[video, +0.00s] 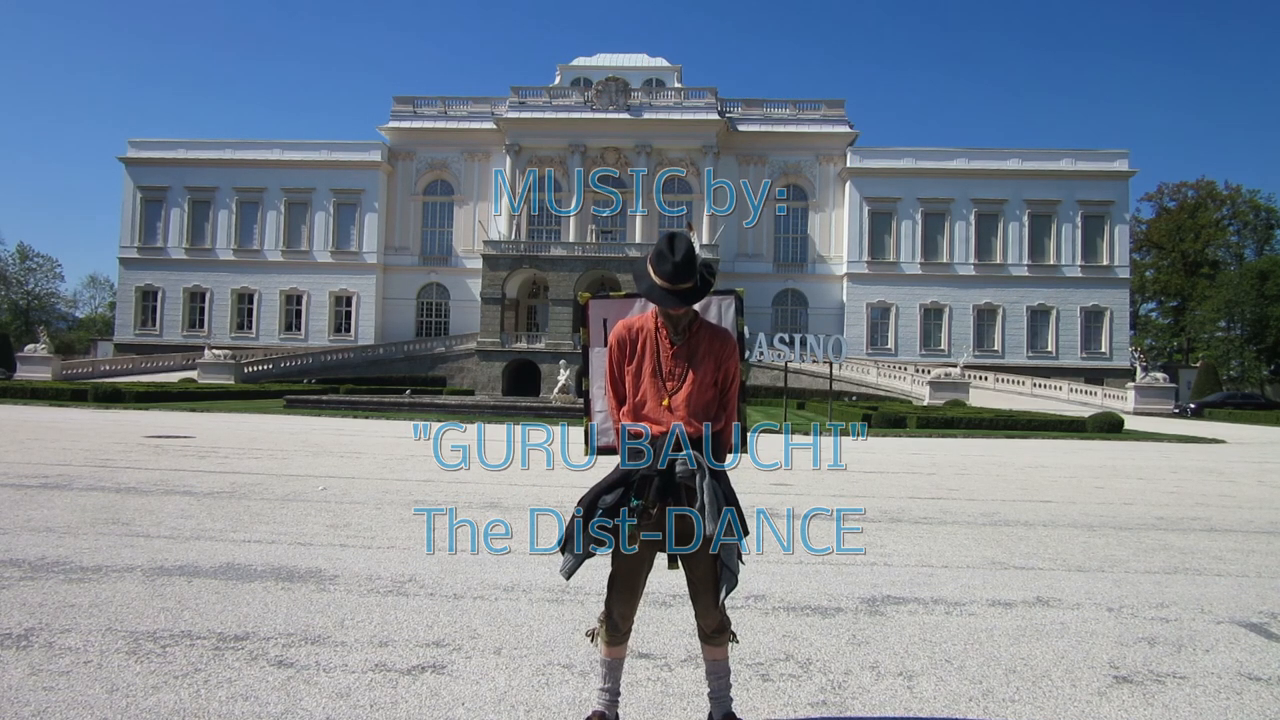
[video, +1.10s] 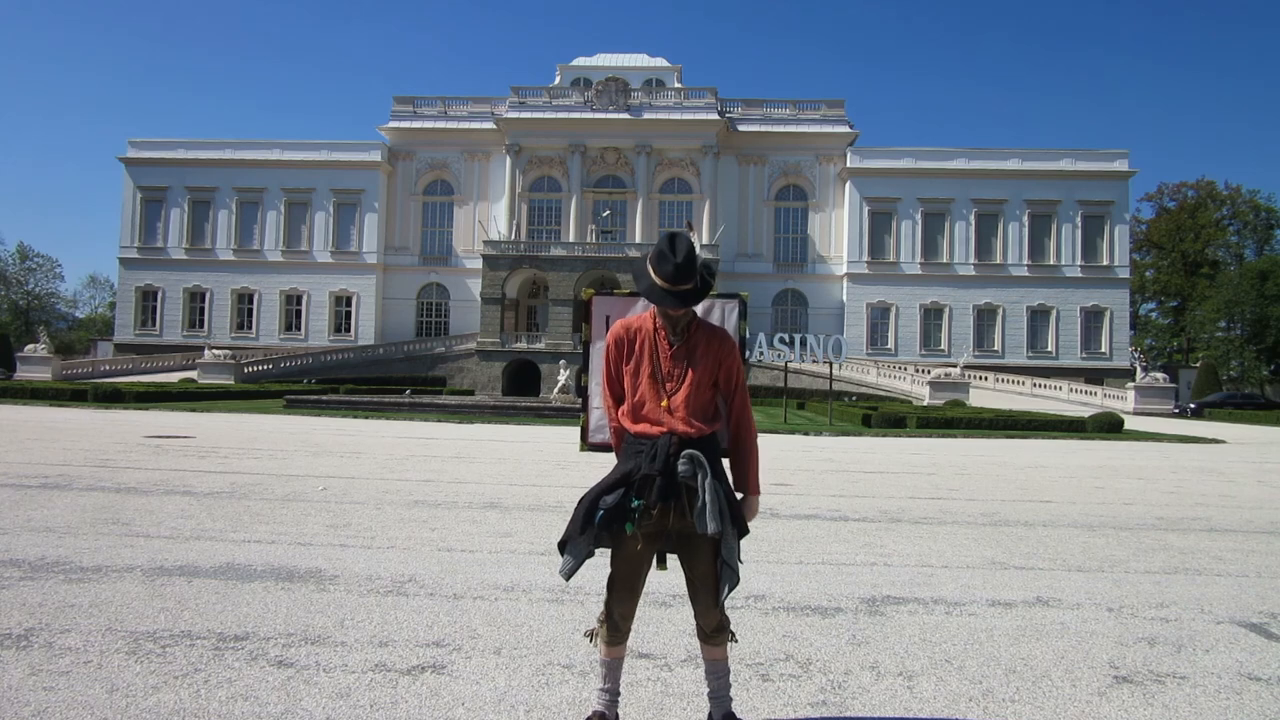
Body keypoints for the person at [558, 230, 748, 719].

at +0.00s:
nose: (676, 308)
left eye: (684, 299)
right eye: (668, 299)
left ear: (698, 293)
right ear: (652, 290)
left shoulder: (722, 343)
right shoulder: (625, 336)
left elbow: (728, 426)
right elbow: (616, 414)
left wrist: (694, 443)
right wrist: (648, 440)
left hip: (698, 490)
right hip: (640, 486)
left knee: (709, 603)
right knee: (621, 600)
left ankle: (721, 704)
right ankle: (607, 700)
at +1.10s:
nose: (678, 308)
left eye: (686, 299)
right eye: (669, 298)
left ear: (698, 292)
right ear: (652, 289)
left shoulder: (720, 344)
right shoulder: (623, 336)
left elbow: (741, 422)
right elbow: (615, 413)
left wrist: (751, 491)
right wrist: (633, 468)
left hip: (700, 486)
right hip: (639, 483)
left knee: (709, 603)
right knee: (621, 599)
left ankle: (721, 706)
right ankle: (607, 700)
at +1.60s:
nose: (676, 322)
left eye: (685, 313)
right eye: (667, 313)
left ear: (701, 298)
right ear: (651, 298)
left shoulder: (716, 327)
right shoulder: (626, 336)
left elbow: (769, 286)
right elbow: (610, 410)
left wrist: (734, 238)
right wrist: (628, 470)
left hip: (699, 480)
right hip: (639, 479)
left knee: (712, 603)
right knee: (621, 600)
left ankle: (721, 707)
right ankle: (606, 704)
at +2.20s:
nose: (672, 317)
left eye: (680, 307)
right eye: (663, 308)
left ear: (690, 297)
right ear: (646, 297)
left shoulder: (704, 325)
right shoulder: (620, 338)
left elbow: (756, 287)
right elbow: (602, 417)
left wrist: (703, 255)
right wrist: (622, 482)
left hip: (699, 477)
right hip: (639, 479)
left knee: (717, 602)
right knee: (626, 607)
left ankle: (722, 706)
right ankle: (608, 702)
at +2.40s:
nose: (668, 306)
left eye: (675, 296)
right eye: (658, 297)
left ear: (686, 294)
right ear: (642, 296)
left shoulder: (699, 329)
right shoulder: (615, 340)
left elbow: (755, 290)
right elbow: (599, 418)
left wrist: (701, 265)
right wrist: (618, 485)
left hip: (698, 482)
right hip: (636, 484)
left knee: (720, 606)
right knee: (624, 611)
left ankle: (724, 706)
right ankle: (609, 702)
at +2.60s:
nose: (662, 306)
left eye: (670, 296)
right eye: (652, 298)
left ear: (682, 296)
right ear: (637, 299)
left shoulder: (697, 334)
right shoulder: (612, 345)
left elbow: (755, 301)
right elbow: (596, 425)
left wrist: (705, 268)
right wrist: (615, 491)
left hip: (695, 486)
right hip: (634, 488)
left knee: (730, 607)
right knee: (622, 613)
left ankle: (726, 708)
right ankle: (609, 704)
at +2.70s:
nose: (663, 308)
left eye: (671, 298)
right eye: (653, 299)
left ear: (682, 297)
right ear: (637, 300)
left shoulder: (696, 335)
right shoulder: (611, 346)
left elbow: (755, 303)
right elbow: (595, 426)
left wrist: (706, 270)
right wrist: (613, 491)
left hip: (694, 487)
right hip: (633, 489)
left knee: (732, 605)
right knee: (622, 613)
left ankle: (726, 707)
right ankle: (609, 704)